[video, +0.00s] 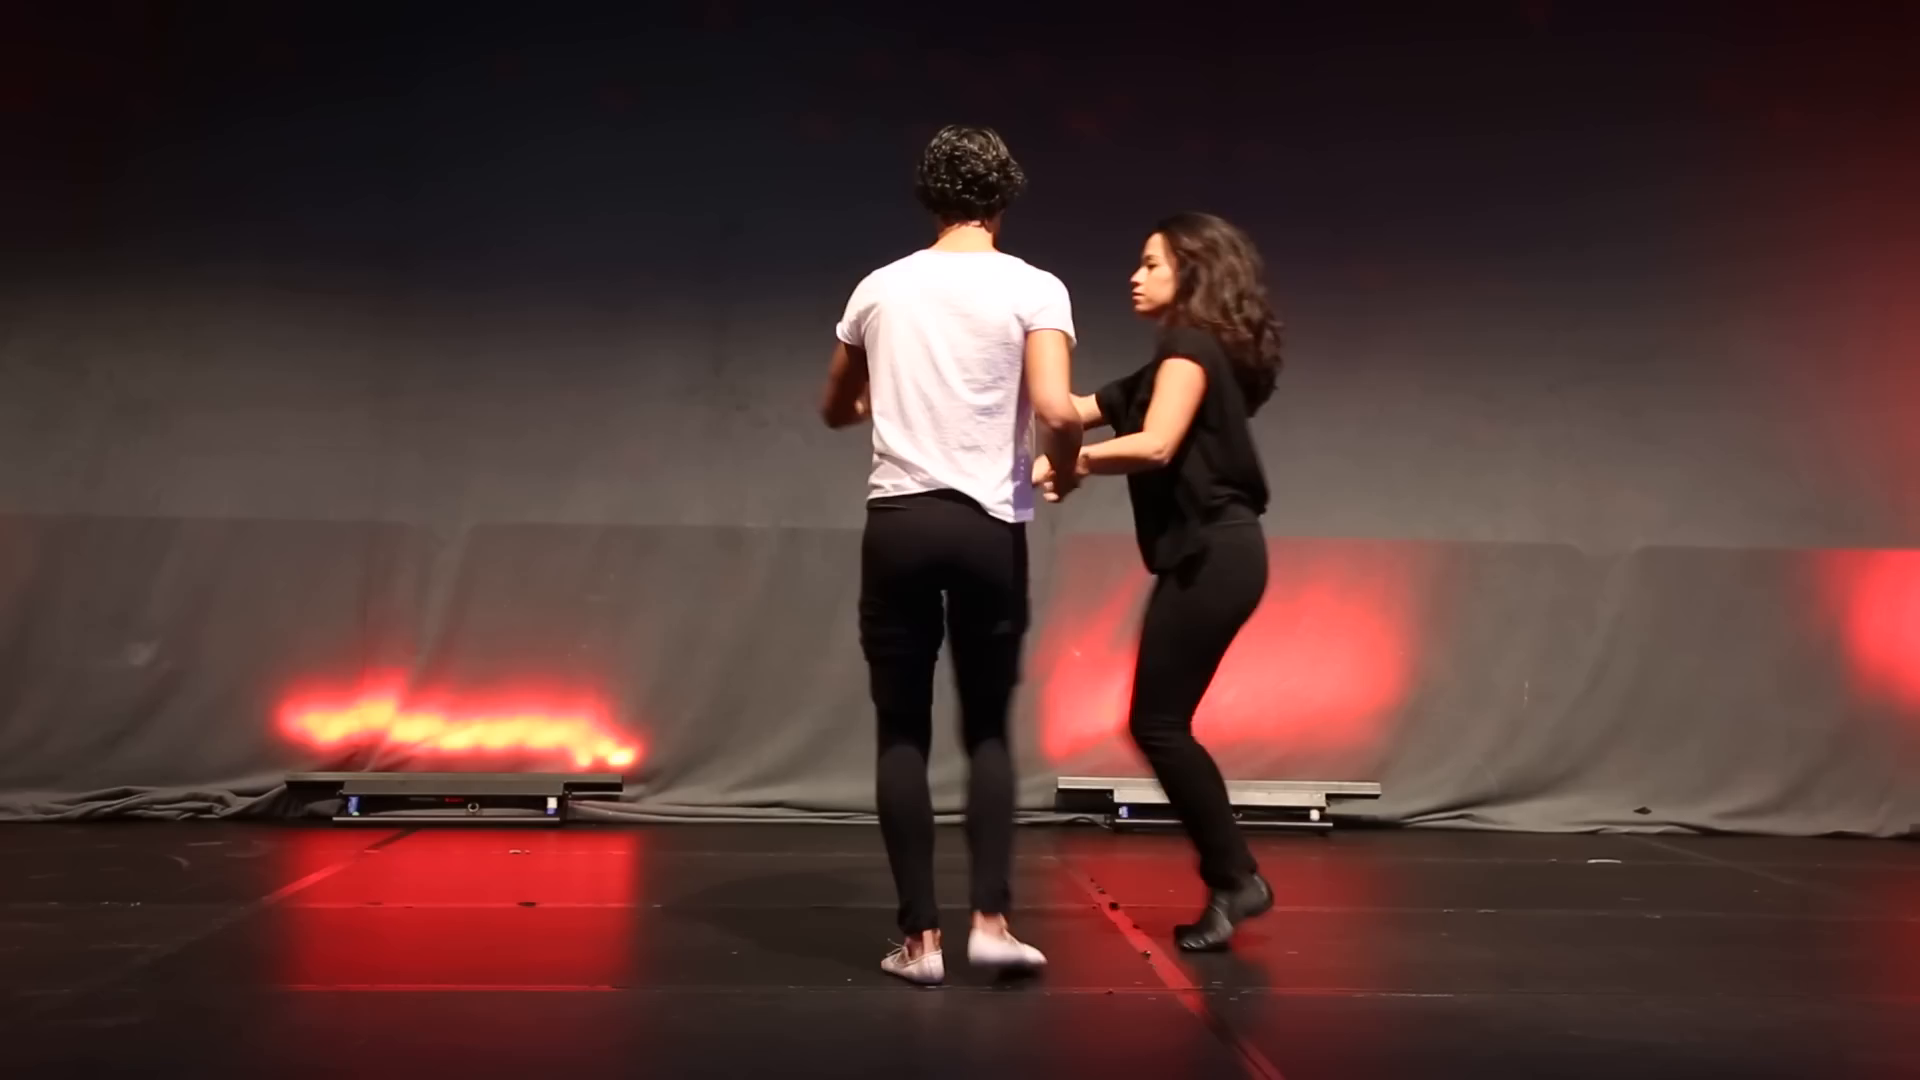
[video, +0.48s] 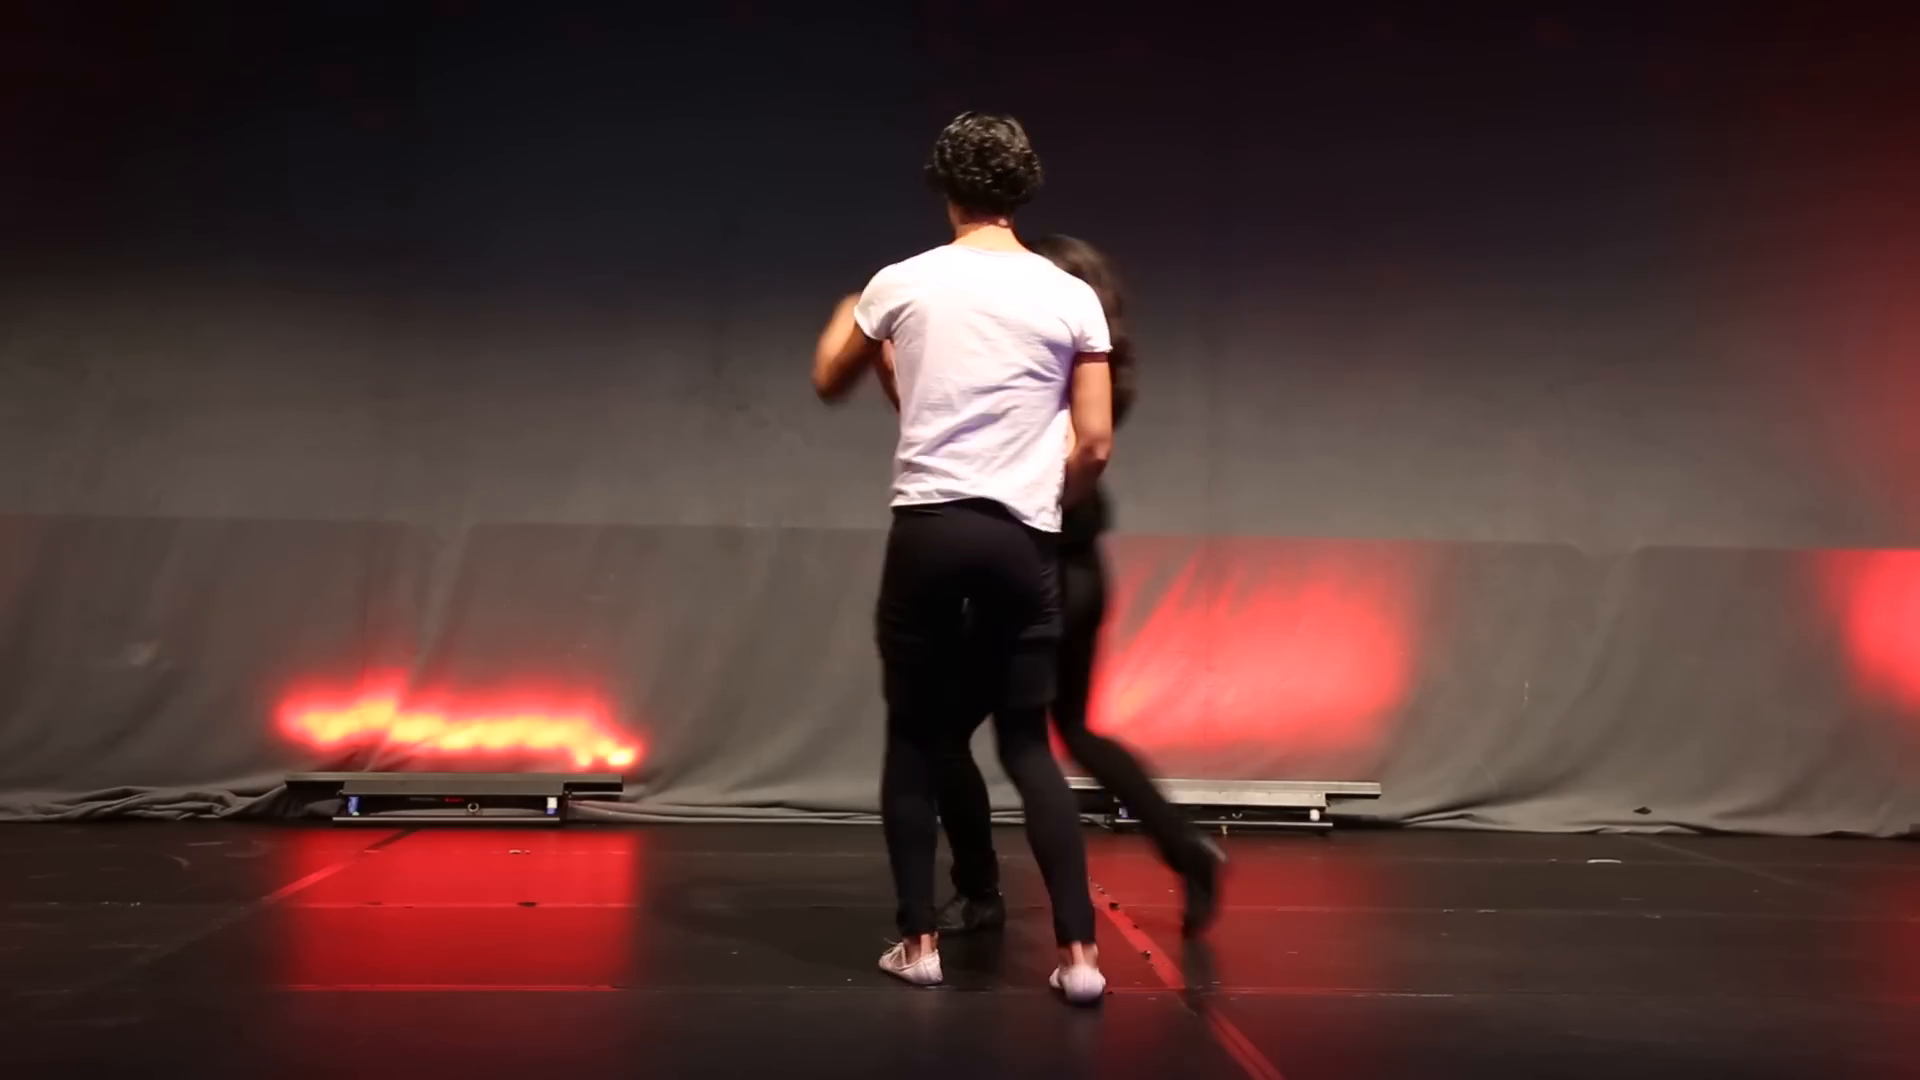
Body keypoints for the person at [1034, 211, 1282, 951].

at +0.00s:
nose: (1136, 276)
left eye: (1150, 264)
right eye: (1140, 264)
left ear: (1192, 274)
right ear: (1181, 276)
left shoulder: (1193, 346)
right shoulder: (1177, 351)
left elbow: (1157, 443)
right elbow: (1088, 410)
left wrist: (1075, 463)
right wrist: (1049, 449)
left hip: (1215, 558)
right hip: (1204, 558)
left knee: (1160, 724)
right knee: (1159, 724)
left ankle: (1236, 881)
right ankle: (1231, 880)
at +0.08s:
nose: (1120, 279)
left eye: (1135, 267)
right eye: (1125, 267)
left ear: (1176, 276)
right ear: (1174, 279)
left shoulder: (1163, 349)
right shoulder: (1187, 350)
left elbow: (1148, 448)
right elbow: (1110, 424)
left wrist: (1061, 474)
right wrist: (1068, 432)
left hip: (1191, 562)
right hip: (1224, 559)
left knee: (1097, 714)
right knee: (1185, 724)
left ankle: (1172, 870)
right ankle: (1247, 888)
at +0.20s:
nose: (1093, 291)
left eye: (1107, 279)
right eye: (1097, 278)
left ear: (1147, 287)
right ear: (1155, 290)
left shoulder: (1127, 356)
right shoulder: (1167, 360)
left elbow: (1131, 452)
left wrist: (1043, 491)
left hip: (1156, 574)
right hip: (1208, 572)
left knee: (1037, 705)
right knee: (1210, 737)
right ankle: (1251, 907)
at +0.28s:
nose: (1077, 301)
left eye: (1087, 288)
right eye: (1079, 287)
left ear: (1124, 294)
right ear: (1145, 295)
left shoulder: (1107, 364)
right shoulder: (1156, 366)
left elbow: (1111, 460)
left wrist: (1041, 497)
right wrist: (1046, 483)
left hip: (1126, 583)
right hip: (1188, 577)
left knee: (1001, 710)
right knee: (1205, 740)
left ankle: (1004, 882)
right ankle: (1242, 910)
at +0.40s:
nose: (1039, 303)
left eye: (1049, 289)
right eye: (1045, 288)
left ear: (1070, 300)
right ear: (1122, 299)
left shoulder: (1063, 371)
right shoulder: (1129, 367)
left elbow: (1073, 456)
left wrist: (1027, 504)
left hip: (1068, 578)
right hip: (1130, 571)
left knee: (966, 720)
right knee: (1150, 734)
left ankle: (977, 889)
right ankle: (1230, 887)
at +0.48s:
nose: (1012, 299)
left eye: (1026, 283)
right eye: (1019, 283)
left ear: (1048, 293)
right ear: (1102, 297)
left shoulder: (1027, 356)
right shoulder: (1103, 359)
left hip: (1017, 563)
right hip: (1077, 564)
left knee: (943, 733)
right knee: (1076, 723)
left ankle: (978, 891)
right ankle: (1191, 853)